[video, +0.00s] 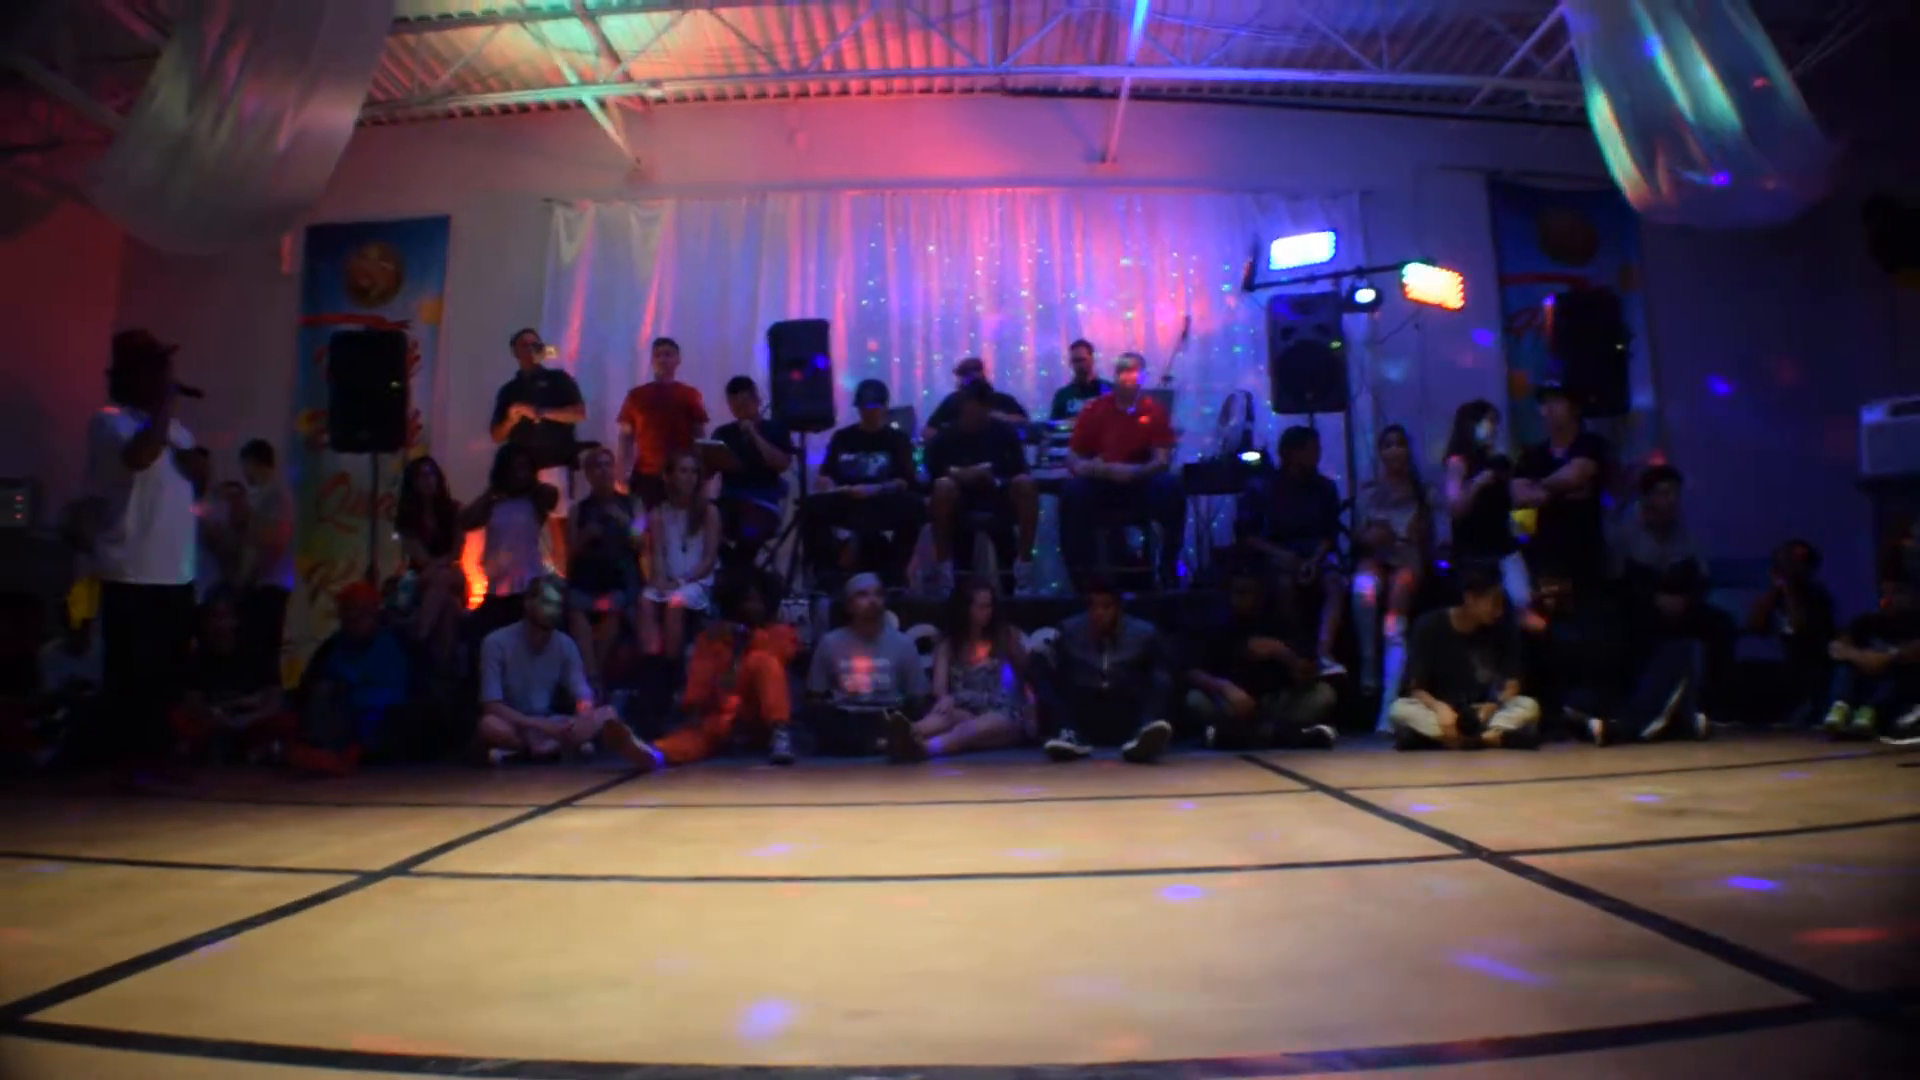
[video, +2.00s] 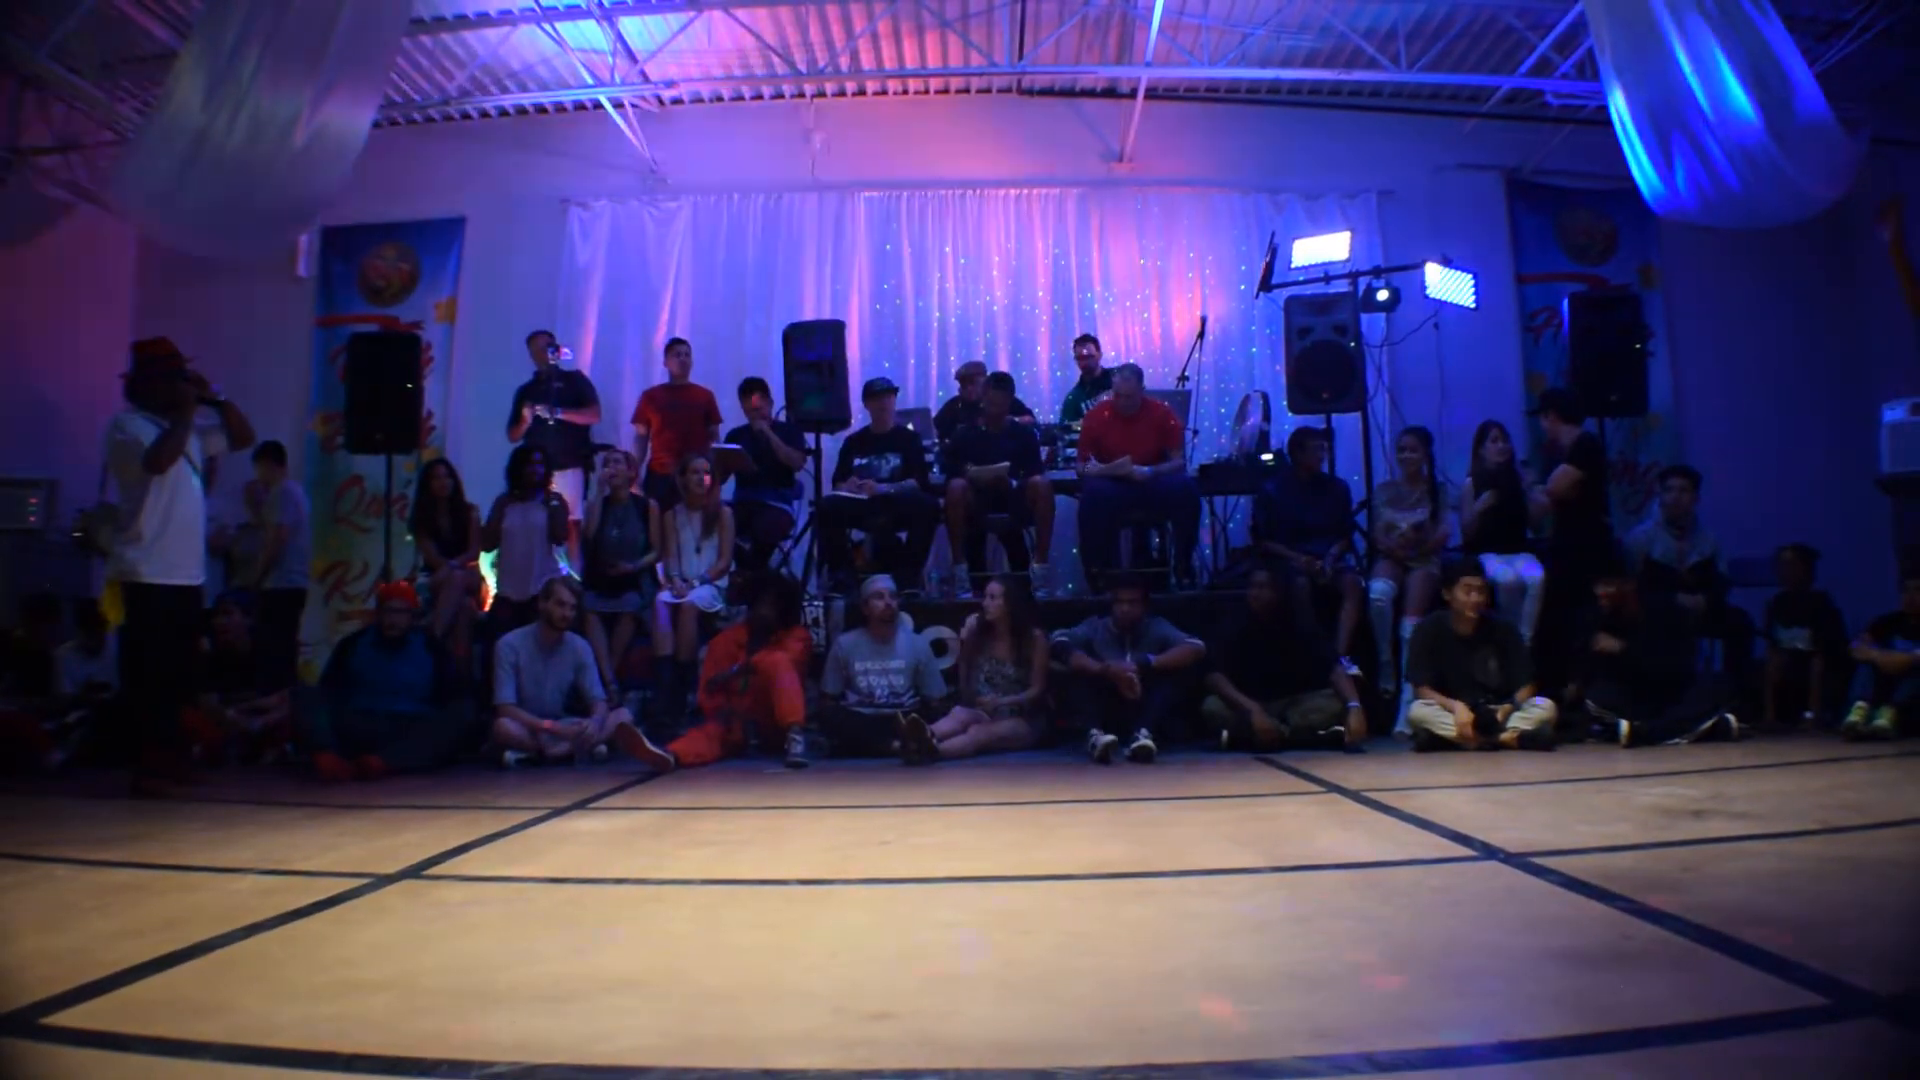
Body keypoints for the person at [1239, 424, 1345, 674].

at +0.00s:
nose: (1315, 457)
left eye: (1316, 451)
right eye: (1309, 451)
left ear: (1316, 453)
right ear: (1289, 453)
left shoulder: (1324, 487)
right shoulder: (1263, 487)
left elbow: (1329, 534)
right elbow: (1247, 535)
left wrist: (1314, 562)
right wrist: (1286, 558)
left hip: (1313, 559)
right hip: (1276, 560)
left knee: (1336, 583)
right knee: (1283, 583)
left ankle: (1324, 653)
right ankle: (1287, 654)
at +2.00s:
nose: (1322, 455)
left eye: (1323, 449)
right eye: (1315, 450)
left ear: (1326, 453)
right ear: (1297, 453)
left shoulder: (1336, 487)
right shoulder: (1276, 487)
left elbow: (1346, 534)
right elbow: (1263, 539)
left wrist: (1330, 558)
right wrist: (1299, 560)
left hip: (1327, 558)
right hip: (1290, 559)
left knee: (1353, 584)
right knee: (1299, 585)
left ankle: (1342, 655)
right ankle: (1308, 654)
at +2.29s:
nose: (1320, 454)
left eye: (1323, 448)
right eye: (1313, 448)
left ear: (1326, 452)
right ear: (1297, 452)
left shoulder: (1337, 487)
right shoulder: (1277, 486)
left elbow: (1347, 535)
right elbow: (1265, 538)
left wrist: (1330, 560)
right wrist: (1303, 560)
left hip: (1328, 558)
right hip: (1291, 559)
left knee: (1352, 583)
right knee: (1299, 585)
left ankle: (1342, 656)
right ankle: (1309, 657)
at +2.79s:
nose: (1309, 456)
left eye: (1315, 451)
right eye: (1305, 450)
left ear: (1325, 454)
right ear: (1298, 452)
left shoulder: (1340, 488)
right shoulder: (1280, 486)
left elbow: (1349, 534)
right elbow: (1268, 534)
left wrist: (1331, 559)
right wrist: (1305, 559)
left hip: (1331, 557)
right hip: (1295, 557)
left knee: (1353, 584)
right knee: (1300, 584)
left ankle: (1342, 654)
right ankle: (1314, 656)